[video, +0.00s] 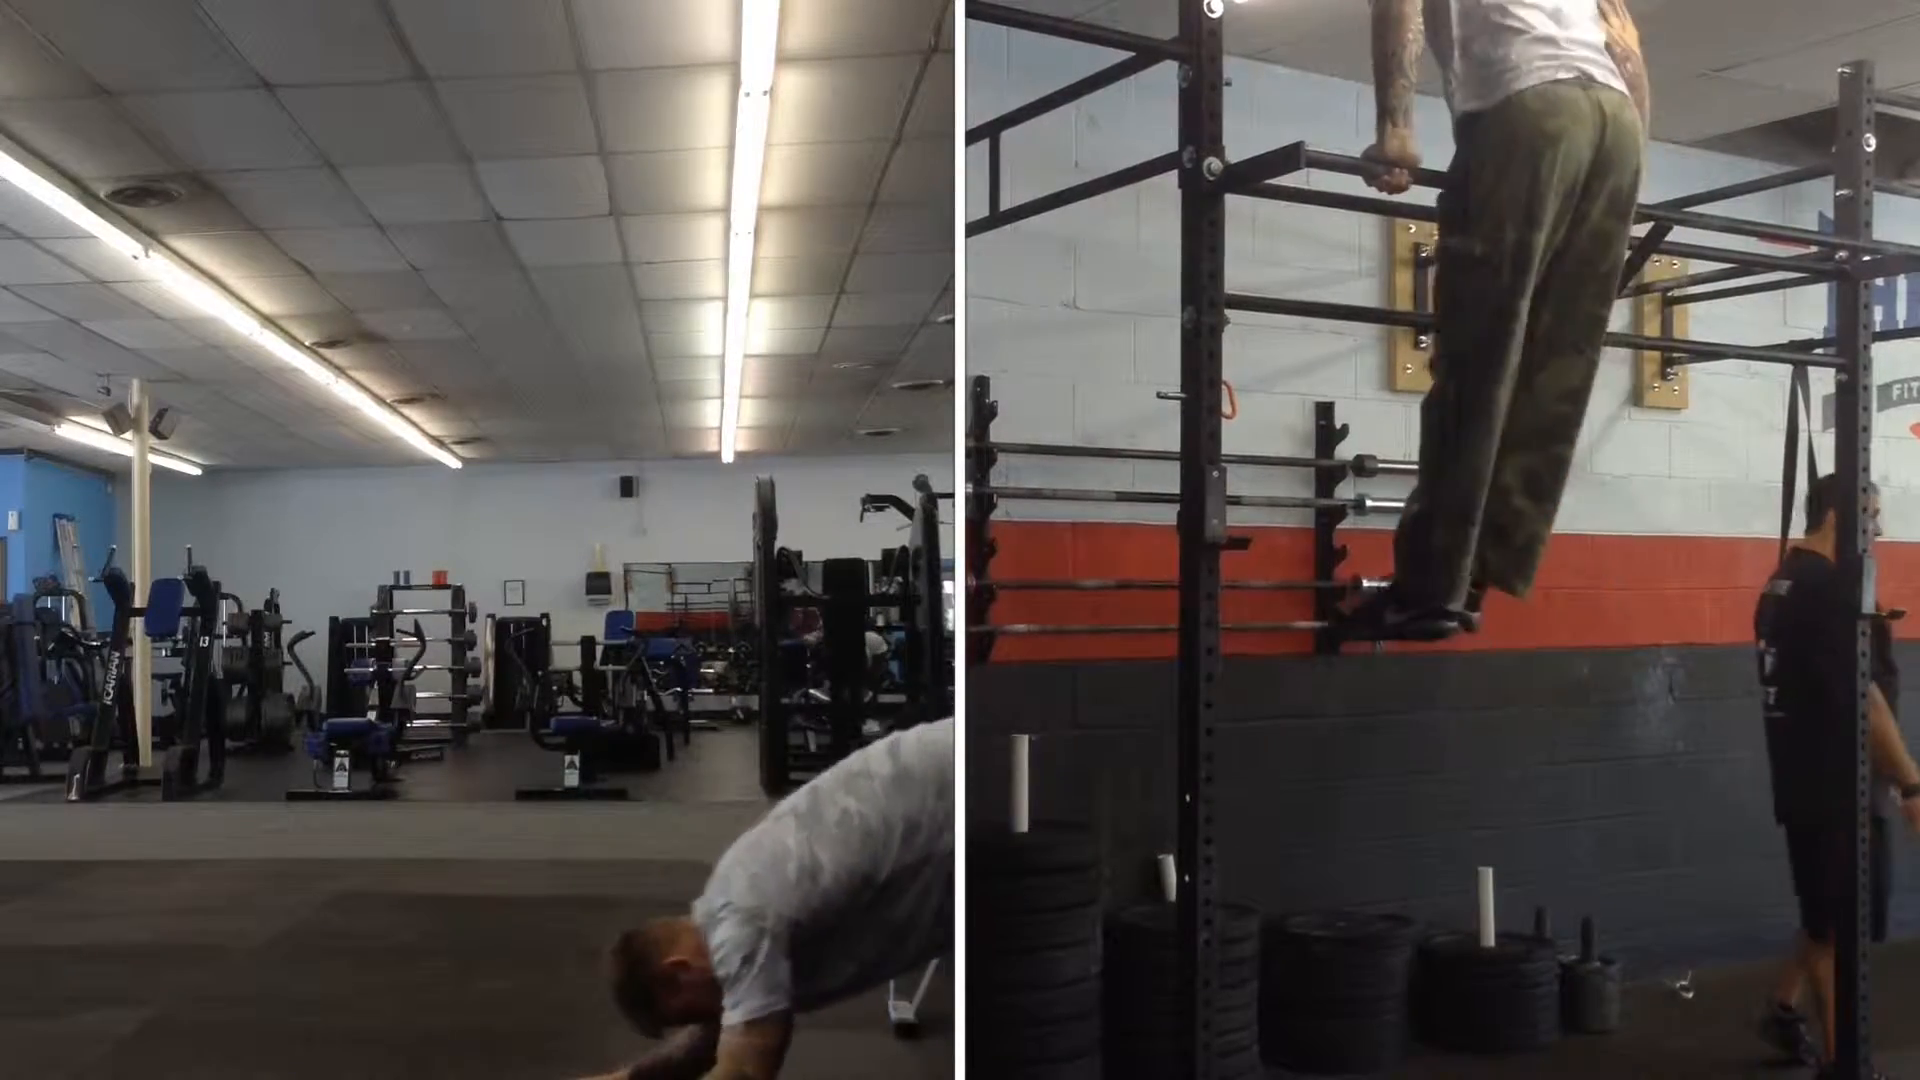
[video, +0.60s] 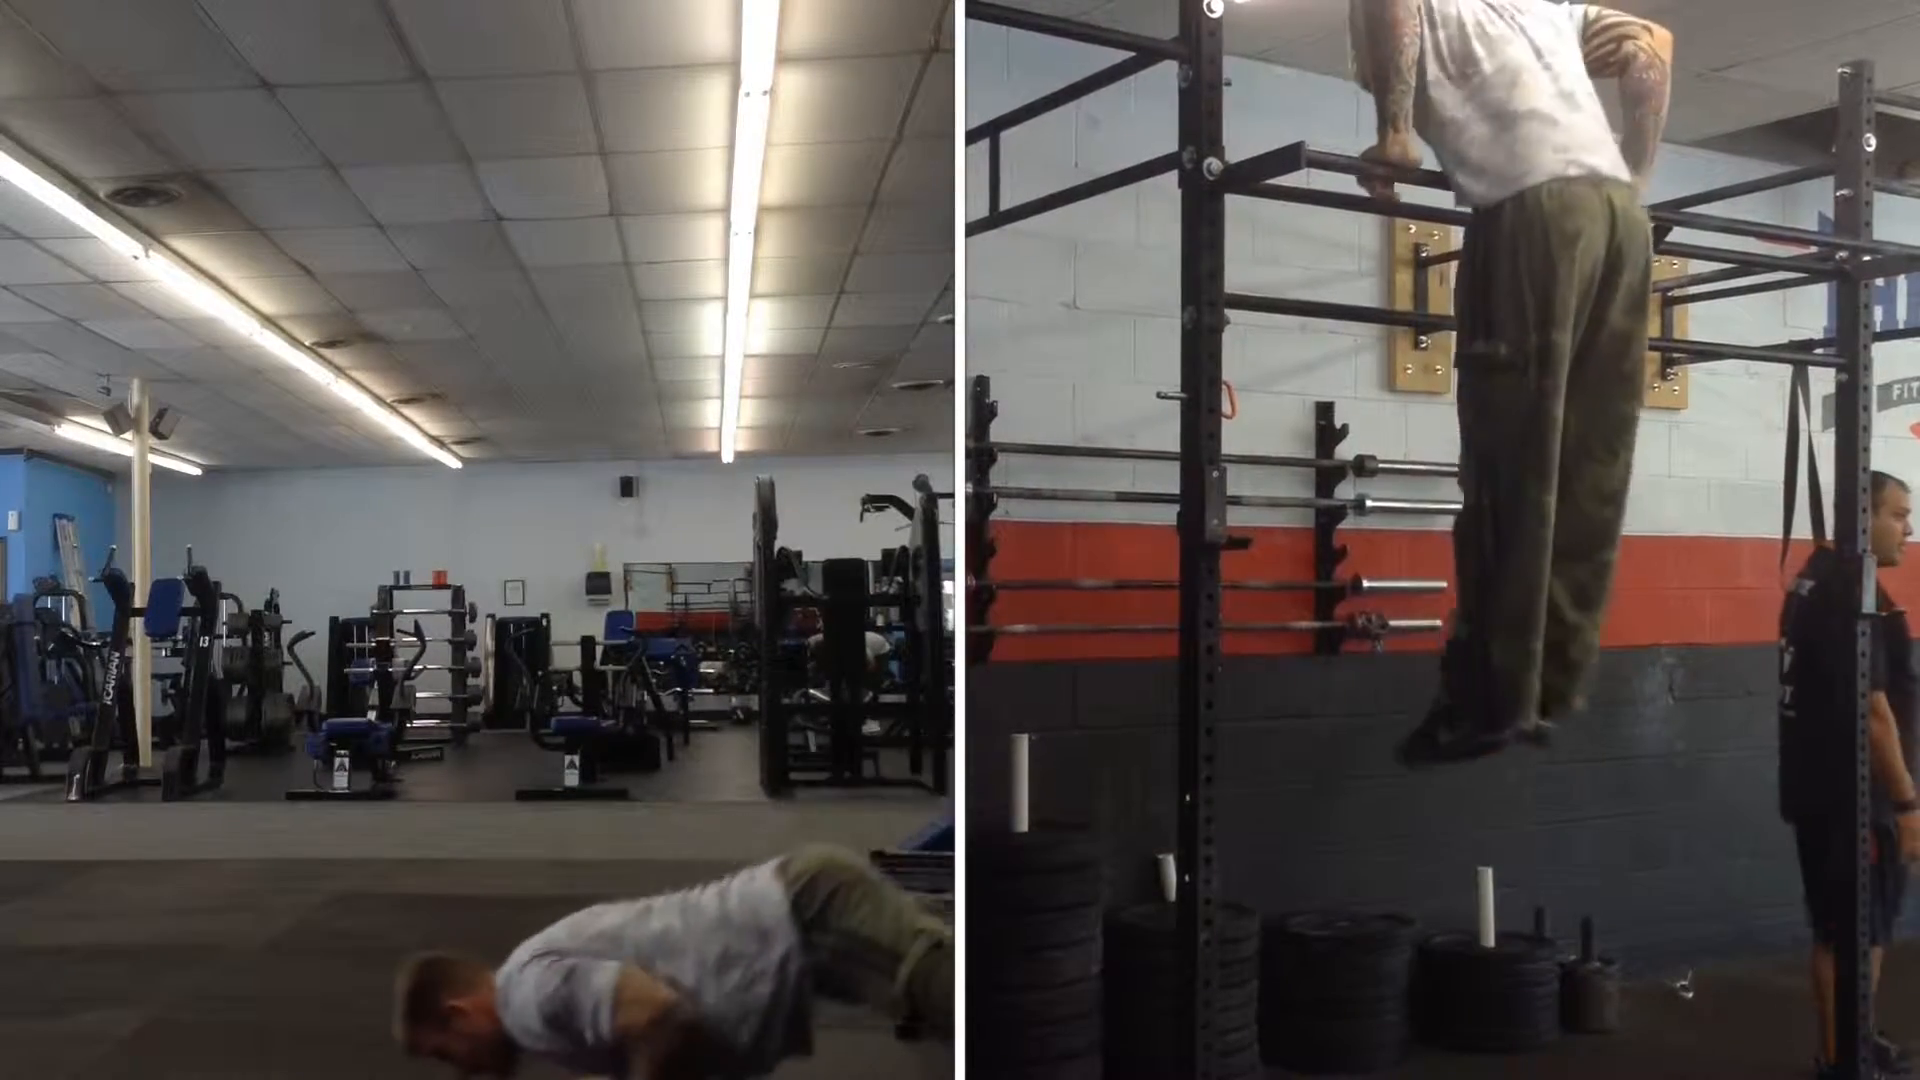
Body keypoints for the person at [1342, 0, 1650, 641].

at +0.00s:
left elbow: (1399, 11)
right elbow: (1626, 44)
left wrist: (1395, 124)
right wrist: (1631, 155)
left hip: (1525, 108)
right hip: (1618, 116)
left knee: (1476, 353)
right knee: (1558, 363)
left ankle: (1428, 589)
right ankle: (1470, 584)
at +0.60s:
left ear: (1414, 18)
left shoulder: (1418, 15)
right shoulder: (1550, 9)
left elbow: (1387, 3)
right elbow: (1648, 50)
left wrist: (1395, 126)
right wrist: (1629, 178)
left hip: (1533, 208)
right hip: (1621, 209)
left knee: (1511, 463)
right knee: (1596, 461)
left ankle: (1490, 701)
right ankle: (1555, 690)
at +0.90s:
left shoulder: (1488, 1)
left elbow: (1445, 40)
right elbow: (1722, 71)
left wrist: (1401, 139)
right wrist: (1659, 154)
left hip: (1567, 222)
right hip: (1662, 226)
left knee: (1510, 464)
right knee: (1619, 455)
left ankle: (1628, 649)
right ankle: (1742, 584)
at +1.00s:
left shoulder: (1547, 7)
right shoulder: (1707, 11)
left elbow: (1491, 112)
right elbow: (1757, 148)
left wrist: (1407, 151)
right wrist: (1666, 165)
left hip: (1619, 255)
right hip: (1715, 259)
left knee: (1526, 489)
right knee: (1635, 473)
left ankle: (1657, 640)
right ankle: (1760, 581)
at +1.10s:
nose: (1556, 16)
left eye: (1558, 10)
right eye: (1558, 12)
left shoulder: (1590, 33)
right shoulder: (1763, 62)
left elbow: (1495, 190)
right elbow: (1742, 197)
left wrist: (1416, 165)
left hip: (1658, 343)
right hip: (1757, 351)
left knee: (1536, 556)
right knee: (1649, 544)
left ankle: (1674, 713)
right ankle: (1766, 662)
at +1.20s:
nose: (1604, 103)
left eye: (1604, 91)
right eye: (1609, 93)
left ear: (1622, 81)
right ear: (1698, 77)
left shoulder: (1603, 151)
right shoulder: (1775, 159)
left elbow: (1473, 255)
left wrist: (1416, 185)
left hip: (1660, 475)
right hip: (1761, 483)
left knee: (1534, 661)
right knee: (1643, 648)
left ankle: (1661, 830)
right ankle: (1748, 784)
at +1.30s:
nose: (1600, 215)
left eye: (1605, 202)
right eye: (1607, 202)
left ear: (1619, 202)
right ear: (1700, 212)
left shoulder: (1593, 269)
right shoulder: (1762, 289)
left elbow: (1440, 299)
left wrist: (1412, 190)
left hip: (1626, 601)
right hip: (1721, 616)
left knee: (1509, 789)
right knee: (1618, 772)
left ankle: (1631, 964)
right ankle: (1707, 928)